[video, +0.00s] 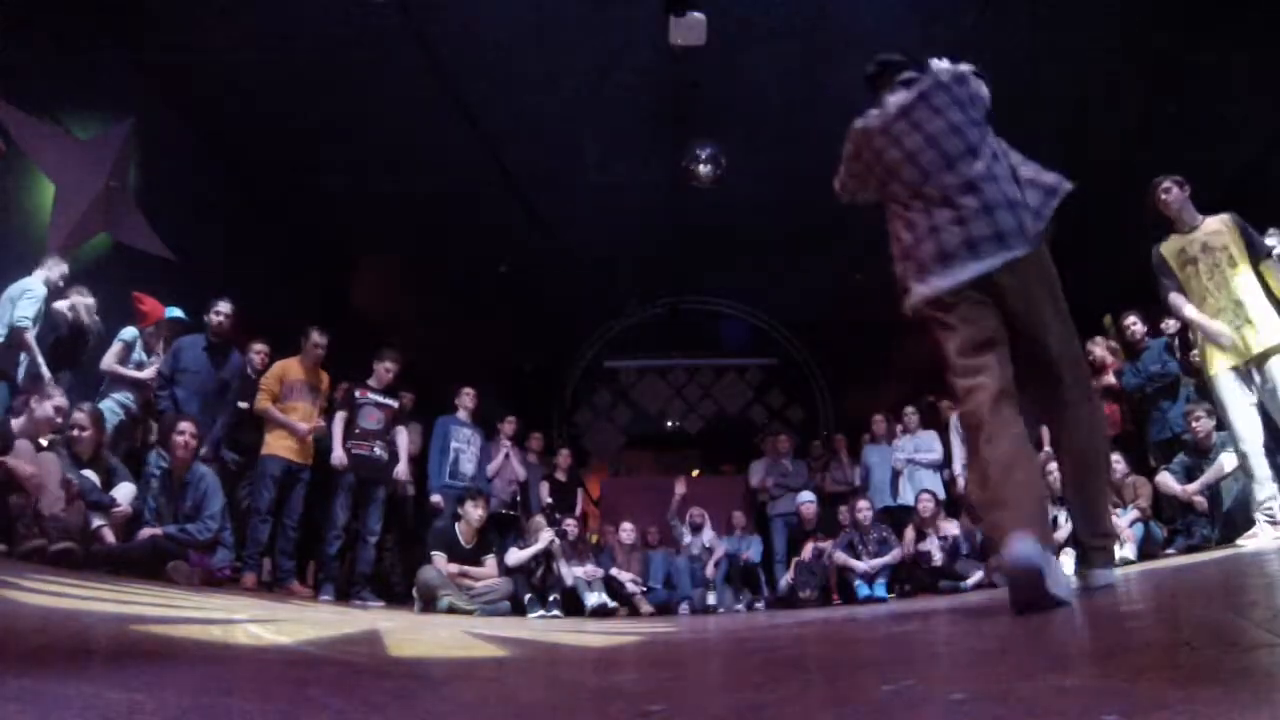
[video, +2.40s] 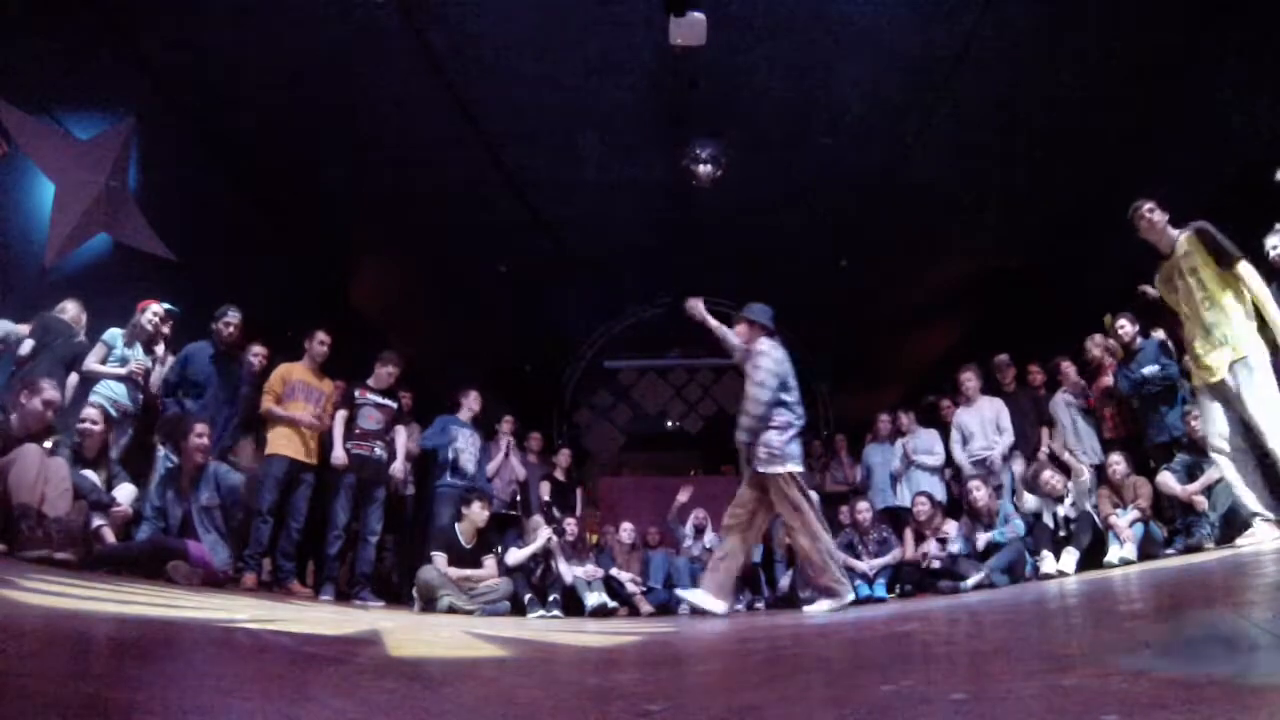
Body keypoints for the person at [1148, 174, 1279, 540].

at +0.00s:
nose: (1164, 197)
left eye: (1168, 190)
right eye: (1158, 196)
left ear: (1186, 191)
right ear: (1159, 209)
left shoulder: (1230, 223)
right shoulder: (1164, 251)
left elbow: (1268, 263)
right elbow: (1175, 300)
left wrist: (1277, 303)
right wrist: (1210, 326)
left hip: (1263, 333)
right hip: (1218, 350)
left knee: (1278, 419)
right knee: (1247, 436)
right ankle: (1268, 517)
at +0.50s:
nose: (1153, 209)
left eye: (1158, 202)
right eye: (1150, 206)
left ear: (1177, 202)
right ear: (1150, 216)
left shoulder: (1215, 234)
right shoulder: (1156, 265)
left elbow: (1259, 275)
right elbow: (1165, 314)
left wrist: (1279, 311)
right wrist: (1177, 360)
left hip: (1250, 347)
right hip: (1208, 364)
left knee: (1276, 423)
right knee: (1238, 445)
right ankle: (1266, 516)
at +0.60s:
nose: (1148, 213)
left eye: (1153, 204)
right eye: (1144, 210)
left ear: (1171, 204)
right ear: (1144, 219)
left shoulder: (1206, 233)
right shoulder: (1154, 268)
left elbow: (1243, 278)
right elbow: (1162, 322)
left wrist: (1263, 326)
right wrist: (1171, 373)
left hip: (1244, 348)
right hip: (1205, 366)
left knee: (1276, 426)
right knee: (1237, 445)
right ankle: (1267, 509)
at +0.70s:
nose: (1145, 218)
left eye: (1149, 209)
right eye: (1141, 215)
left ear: (1166, 207)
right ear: (1141, 226)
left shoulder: (1200, 234)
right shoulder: (1156, 273)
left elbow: (1226, 286)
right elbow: (1164, 331)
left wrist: (1225, 347)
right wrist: (1167, 390)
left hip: (1242, 351)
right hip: (1204, 370)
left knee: (1274, 435)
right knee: (1237, 452)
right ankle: (1268, 513)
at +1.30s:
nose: (1147, 220)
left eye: (1148, 213)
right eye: (1140, 221)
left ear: (1161, 214)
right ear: (1139, 235)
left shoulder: (1198, 227)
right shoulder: (1158, 279)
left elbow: (1233, 261)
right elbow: (1177, 330)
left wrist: (1254, 307)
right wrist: (1190, 379)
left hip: (1248, 331)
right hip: (1211, 355)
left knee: (1276, 411)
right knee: (1244, 436)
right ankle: (1267, 516)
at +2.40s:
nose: (1147, 218)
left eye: (1150, 211)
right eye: (1140, 218)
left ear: (1165, 214)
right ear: (1139, 233)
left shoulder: (1198, 234)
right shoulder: (1162, 280)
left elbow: (1248, 275)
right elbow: (1188, 320)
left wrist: (1275, 326)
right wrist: (1192, 355)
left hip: (1241, 346)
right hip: (1204, 364)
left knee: (1270, 434)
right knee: (1219, 441)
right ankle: (1265, 515)